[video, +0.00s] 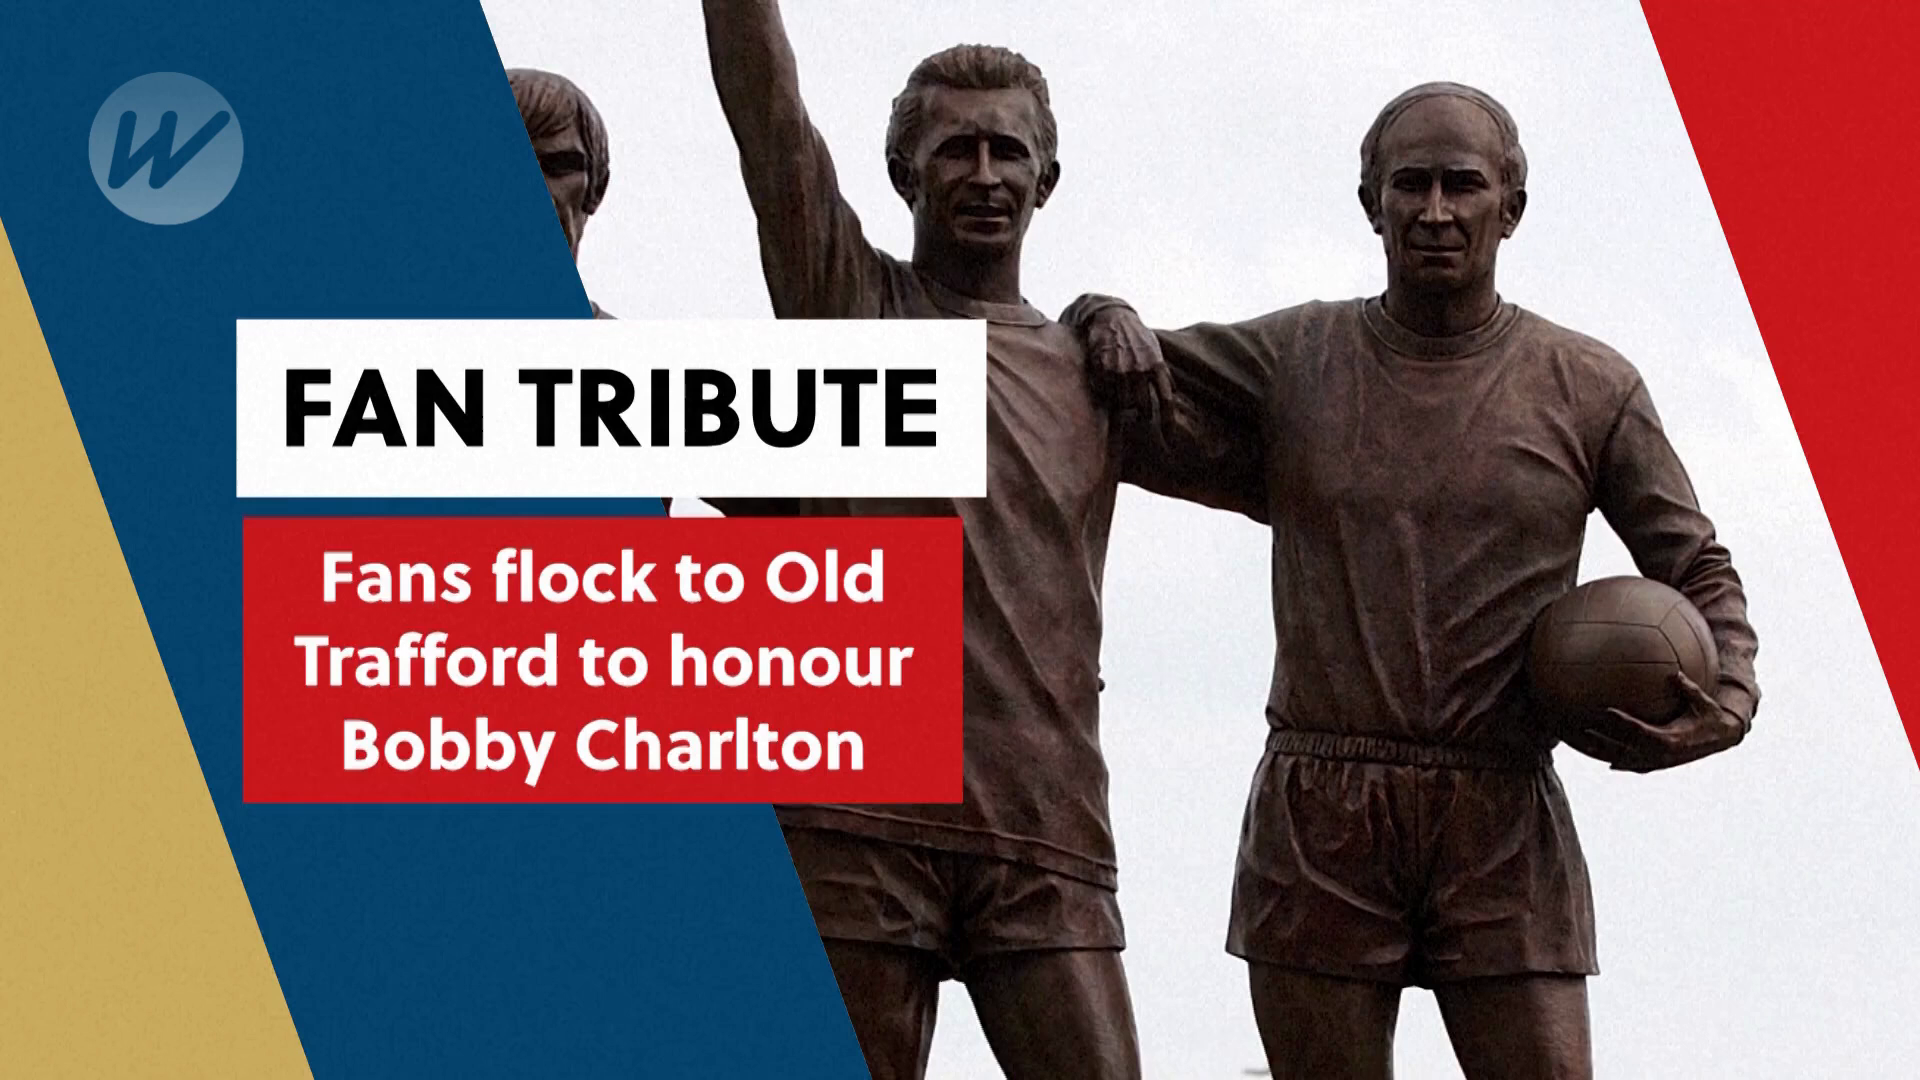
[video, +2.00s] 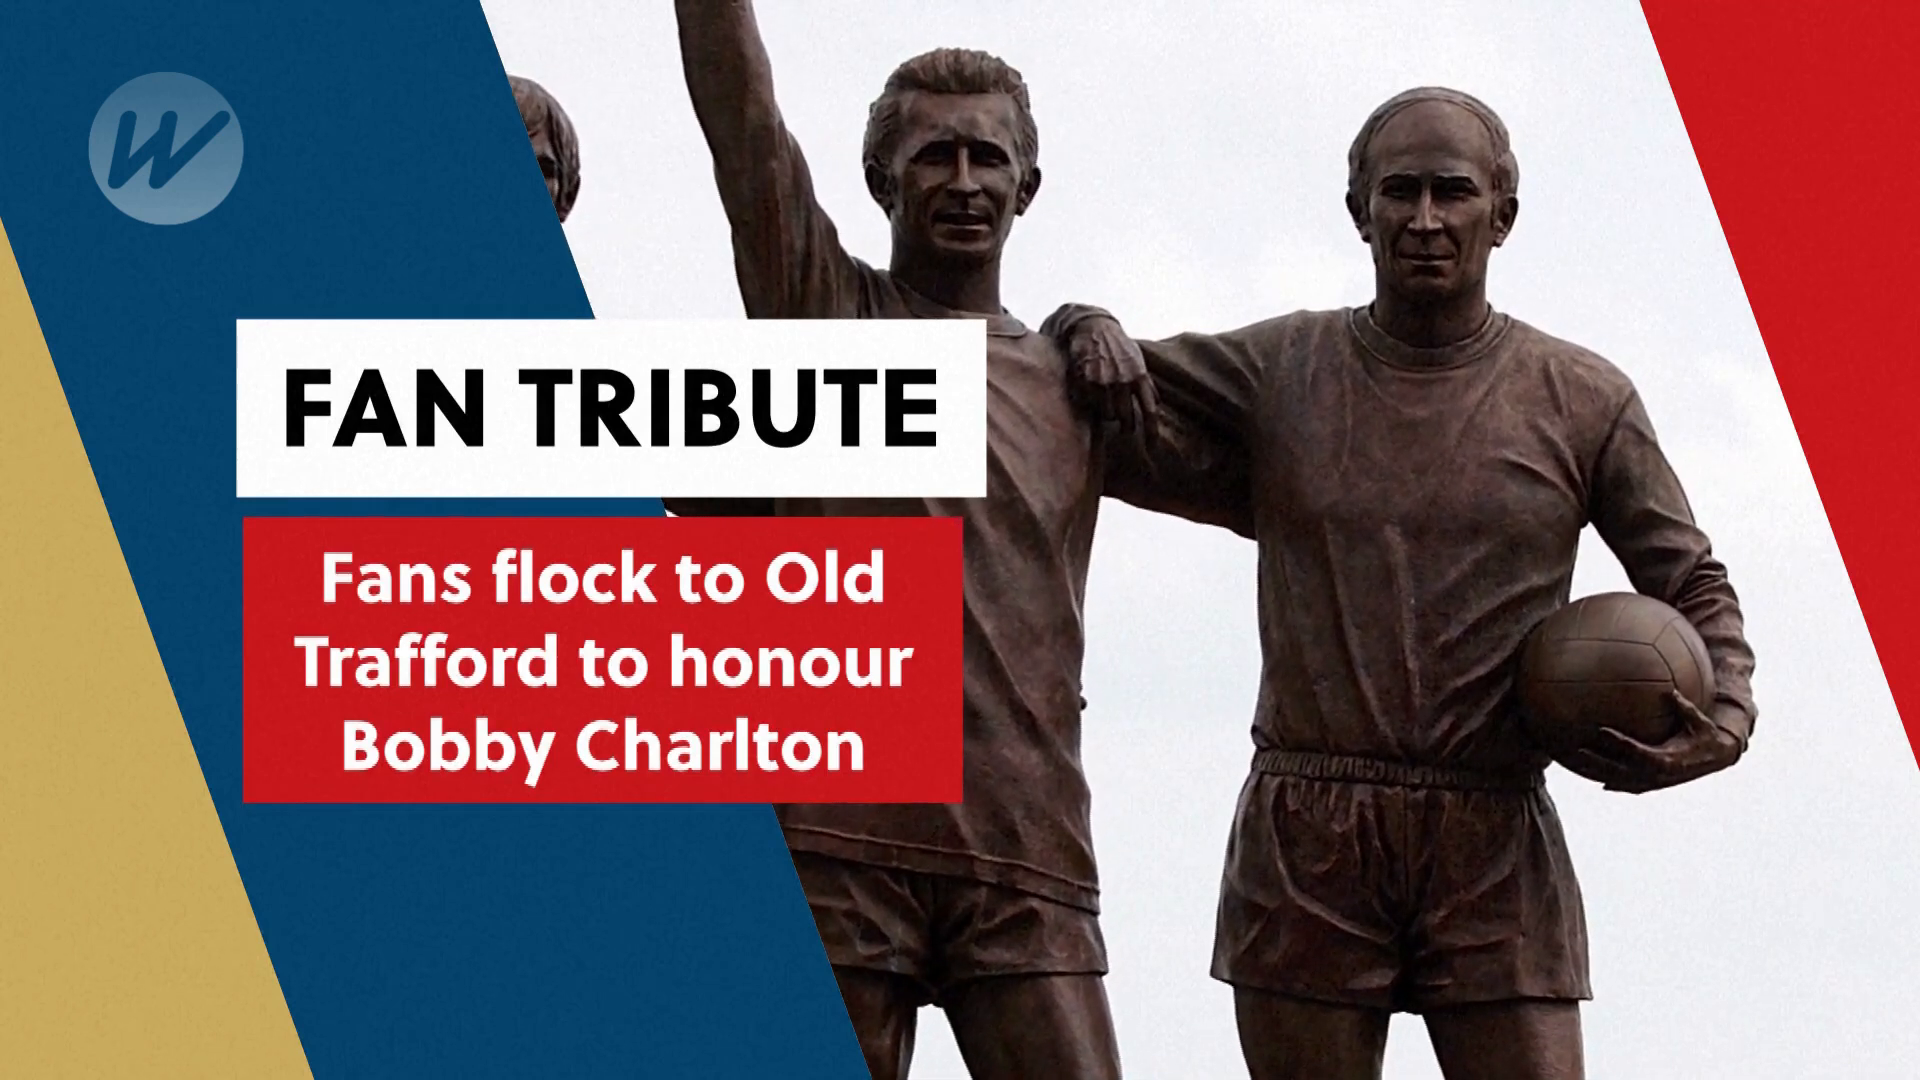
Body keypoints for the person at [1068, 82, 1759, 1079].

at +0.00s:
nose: (1434, 209)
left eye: (1463, 182)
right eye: (1407, 184)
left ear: (1512, 206)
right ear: (1371, 203)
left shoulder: (1591, 386)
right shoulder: (1292, 355)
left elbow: (1698, 570)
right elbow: (1112, 386)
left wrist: (1729, 690)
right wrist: (1100, 314)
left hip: (1501, 822)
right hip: (1317, 819)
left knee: (1550, 1067)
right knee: (1321, 1068)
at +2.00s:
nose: (1425, 217)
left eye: (1454, 190)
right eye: (1399, 191)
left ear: (1505, 215)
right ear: (1359, 211)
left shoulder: (1583, 397)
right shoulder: (1279, 366)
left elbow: (1691, 582)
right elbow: (1108, 403)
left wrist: (1725, 706)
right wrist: (1083, 326)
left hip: (1495, 845)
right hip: (1306, 841)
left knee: (1539, 1065)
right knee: (1304, 1068)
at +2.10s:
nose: (1425, 218)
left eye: (1453, 190)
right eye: (1398, 191)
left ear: (1504, 214)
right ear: (1358, 212)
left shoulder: (1583, 398)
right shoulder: (1278, 366)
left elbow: (1691, 584)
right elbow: (1107, 407)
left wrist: (1725, 709)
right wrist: (1083, 327)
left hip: (1495, 846)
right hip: (1305, 841)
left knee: (1538, 1065)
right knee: (1301, 1067)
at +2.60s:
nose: (1421, 220)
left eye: (1449, 193)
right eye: (1394, 194)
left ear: (1501, 215)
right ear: (1355, 214)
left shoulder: (1581, 400)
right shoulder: (1274, 369)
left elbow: (1690, 589)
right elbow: (1097, 410)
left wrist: (1724, 712)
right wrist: (1076, 329)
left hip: (1490, 848)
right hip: (1301, 843)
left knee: (1535, 1065)